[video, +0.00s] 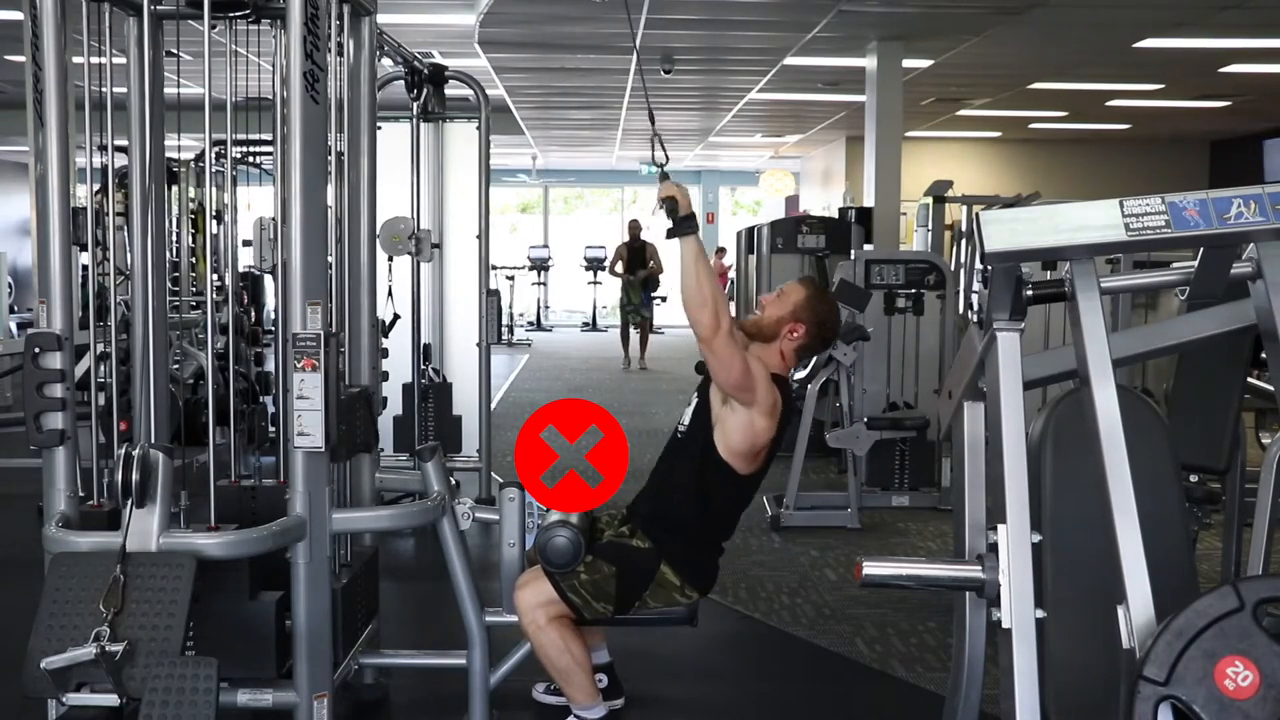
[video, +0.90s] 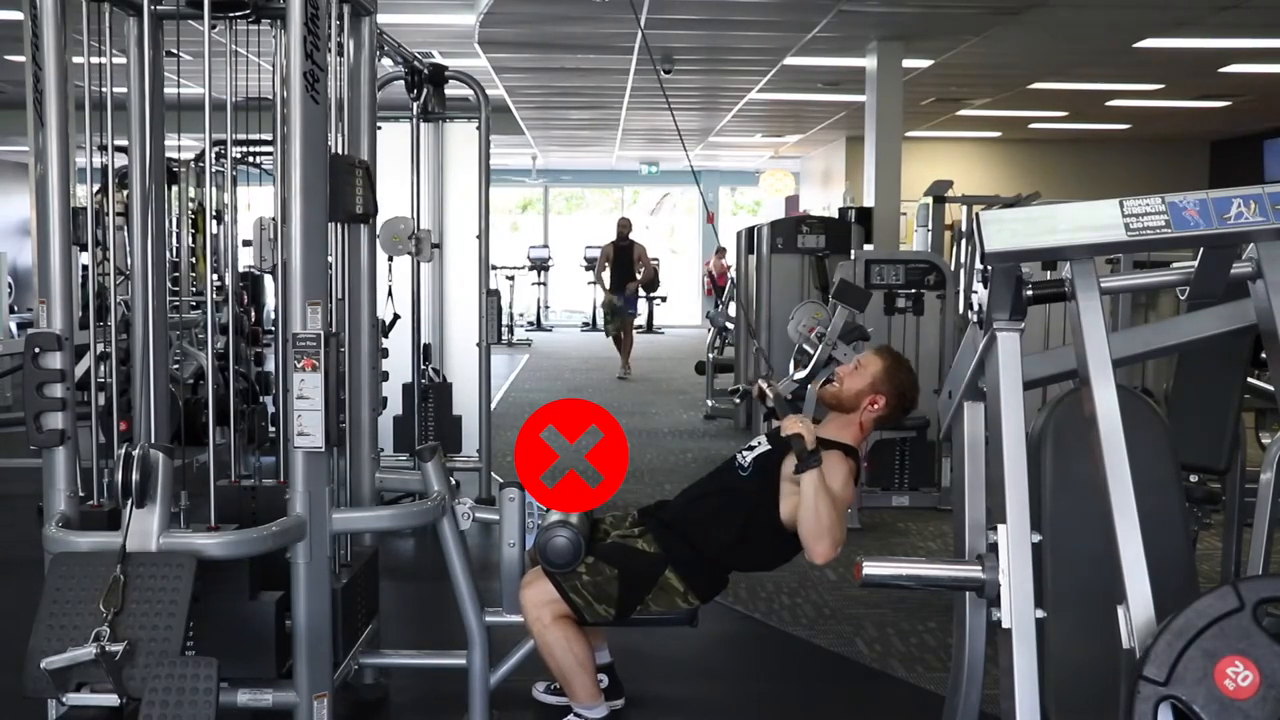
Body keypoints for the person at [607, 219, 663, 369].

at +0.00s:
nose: (634, 232)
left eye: (636, 228)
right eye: (631, 229)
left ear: (641, 229)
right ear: (628, 230)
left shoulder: (649, 248)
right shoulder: (622, 249)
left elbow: (659, 269)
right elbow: (611, 269)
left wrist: (646, 272)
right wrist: (622, 276)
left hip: (644, 290)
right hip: (628, 290)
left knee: (644, 325)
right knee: (625, 325)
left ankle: (642, 358)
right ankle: (626, 356)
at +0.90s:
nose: (622, 230)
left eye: (625, 227)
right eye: (620, 226)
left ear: (630, 229)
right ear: (616, 228)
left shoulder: (638, 248)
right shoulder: (608, 249)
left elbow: (649, 270)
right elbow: (598, 273)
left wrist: (638, 283)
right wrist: (606, 291)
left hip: (629, 294)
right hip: (612, 294)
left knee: (627, 330)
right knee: (615, 333)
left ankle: (624, 365)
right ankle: (625, 361)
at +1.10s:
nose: (619, 227)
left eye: (622, 224)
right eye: (616, 224)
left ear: (627, 226)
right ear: (613, 225)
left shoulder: (635, 246)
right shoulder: (605, 246)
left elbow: (646, 270)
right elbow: (594, 271)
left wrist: (632, 280)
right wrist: (592, 296)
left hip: (627, 293)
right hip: (610, 293)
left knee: (626, 330)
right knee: (605, 329)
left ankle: (623, 365)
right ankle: (612, 358)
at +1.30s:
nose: (612, 229)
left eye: (616, 226)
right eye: (610, 226)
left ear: (621, 228)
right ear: (607, 227)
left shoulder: (630, 247)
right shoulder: (599, 249)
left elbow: (641, 270)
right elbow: (589, 274)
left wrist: (627, 280)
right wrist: (582, 297)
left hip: (624, 295)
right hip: (606, 295)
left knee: (624, 333)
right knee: (603, 332)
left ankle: (622, 367)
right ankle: (598, 368)